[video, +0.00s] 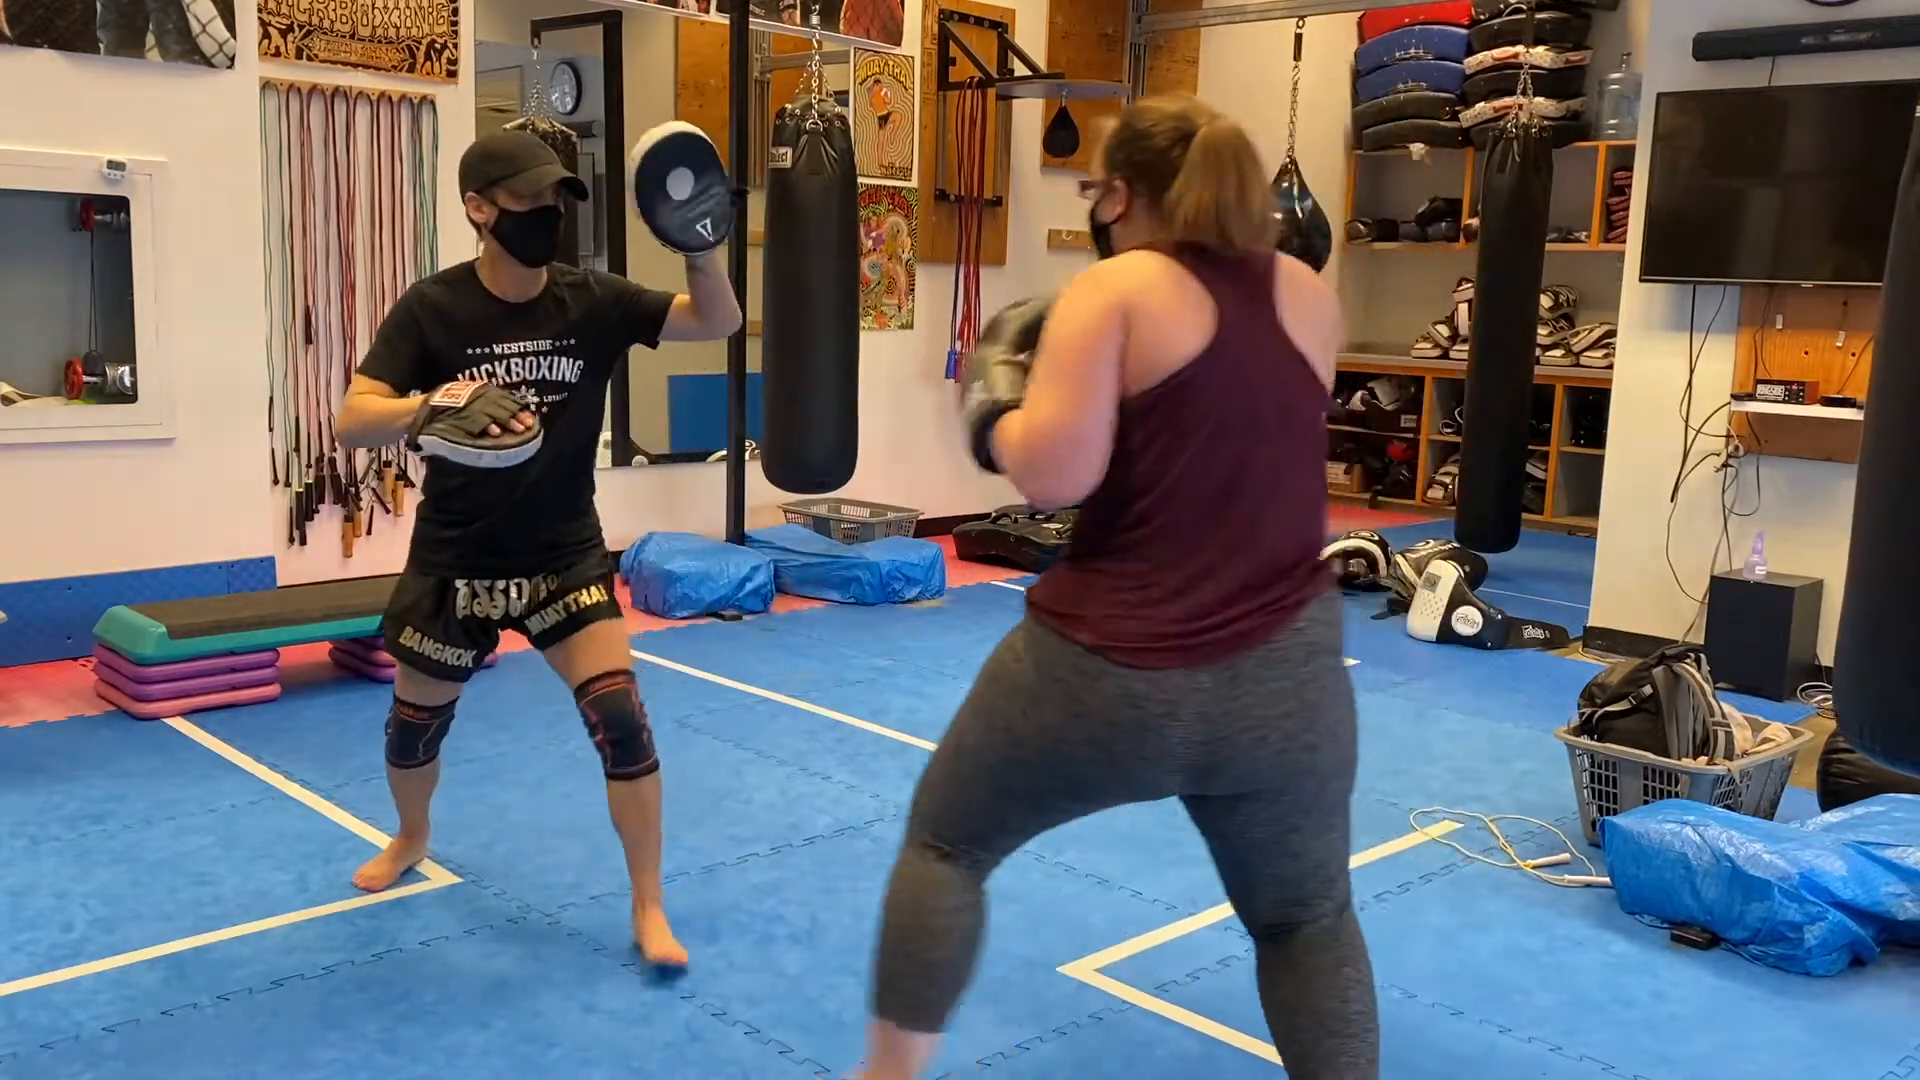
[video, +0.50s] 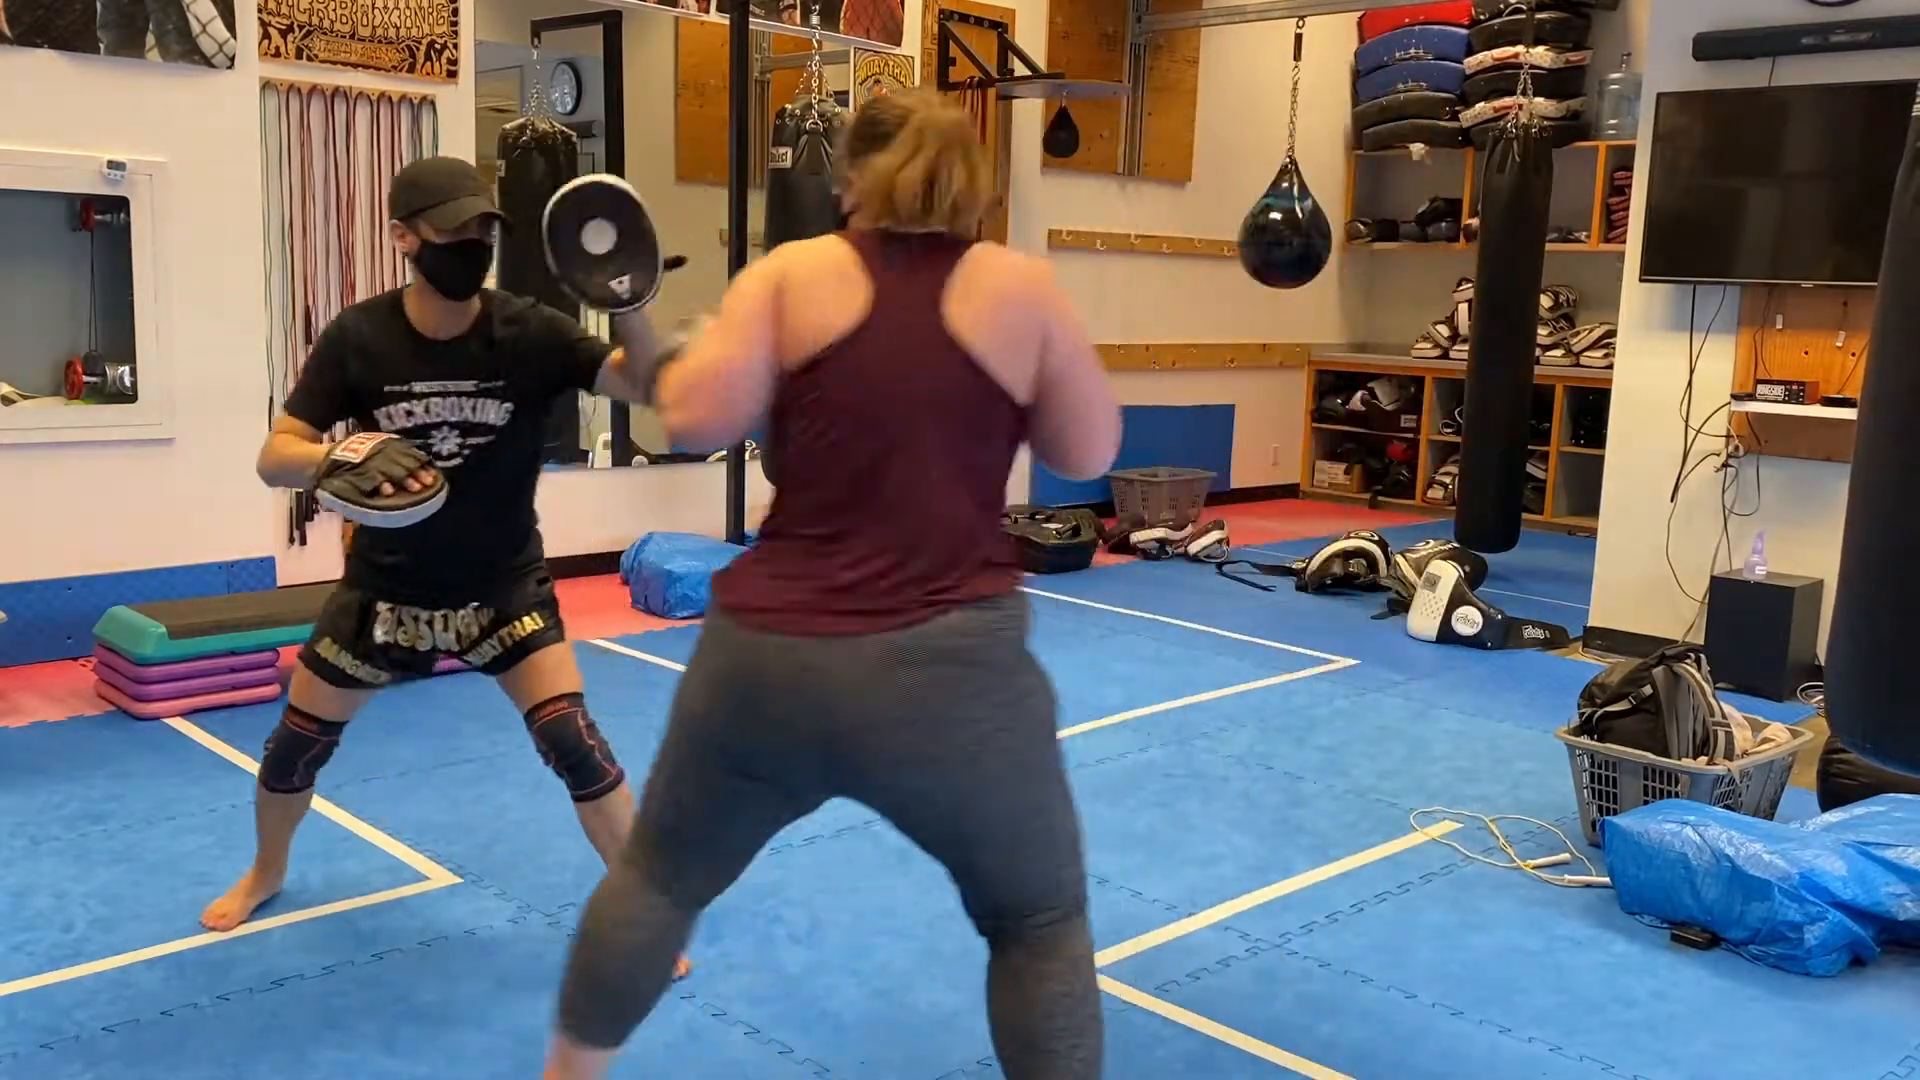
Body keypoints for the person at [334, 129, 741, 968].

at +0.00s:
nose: (552, 217)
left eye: (559, 201)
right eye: (531, 203)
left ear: (570, 200)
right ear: (480, 206)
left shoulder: (594, 303)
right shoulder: (431, 309)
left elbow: (717, 319)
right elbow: (353, 419)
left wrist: (698, 232)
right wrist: (430, 408)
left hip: (563, 549)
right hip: (451, 556)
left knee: (621, 719)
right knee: (413, 725)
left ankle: (650, 906)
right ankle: (410, 840)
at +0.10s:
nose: (562, 223)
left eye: (569, 206)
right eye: (542, 210)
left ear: (581, 204)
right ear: (490, 214)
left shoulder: (611, 312)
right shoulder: (439, 317)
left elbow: (731, 347)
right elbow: (354, 424)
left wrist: (706, 255)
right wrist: (421, 416)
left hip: (573, 563)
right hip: (458, 566)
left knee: (620, 738)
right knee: (398, 743)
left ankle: (650, 916)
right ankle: (411, 833)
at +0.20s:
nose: (565, 230)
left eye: (573, 213)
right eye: (544, 215)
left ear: (586, 216)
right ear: (495, 223)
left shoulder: (619, 327)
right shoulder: (444, 324)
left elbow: (721, 374)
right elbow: (352, 432)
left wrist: (749, 308)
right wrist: (402, 428)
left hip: (575, 568)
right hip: (460, 567)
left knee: (621, 741)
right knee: (365, 742)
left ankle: (650, 916)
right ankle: (393, 818)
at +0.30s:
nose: (550, 246)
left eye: (558, 229)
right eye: (529, 231)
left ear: (570, 225)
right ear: (479, 228)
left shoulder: (599, 321)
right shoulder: (428, 329)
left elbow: (717, 338)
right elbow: (339, 439)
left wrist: (744, 278)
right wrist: (387, 446)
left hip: (563, 576)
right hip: (445, 576)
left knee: (620, 746)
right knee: (333, 740)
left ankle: (650, 915)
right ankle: (329, 835)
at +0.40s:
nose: (510, 244)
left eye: (517, 227)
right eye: (491, 232)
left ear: (527, 223)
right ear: (441, 234)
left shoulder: (567, 324)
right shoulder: (395, 333)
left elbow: (685, 352)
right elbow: (309, 453)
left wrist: (677, 279)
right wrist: (366, 455)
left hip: (534, 580)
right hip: (416, 583)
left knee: (596, 744)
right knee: (318, 751)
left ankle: (646, 913)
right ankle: (263, 873)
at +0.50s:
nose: (475, 245)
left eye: (483, 228)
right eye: (454, 232)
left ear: (495, 228)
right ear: (405, 235)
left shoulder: (532, 335)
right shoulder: (358, 338)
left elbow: (642, 383)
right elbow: (277, 456)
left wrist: (628, 300)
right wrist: (337, 452)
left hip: (503, 581)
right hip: (383, 585)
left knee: (572, 743)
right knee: (293, 750)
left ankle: (653, 911)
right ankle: (267, 874)